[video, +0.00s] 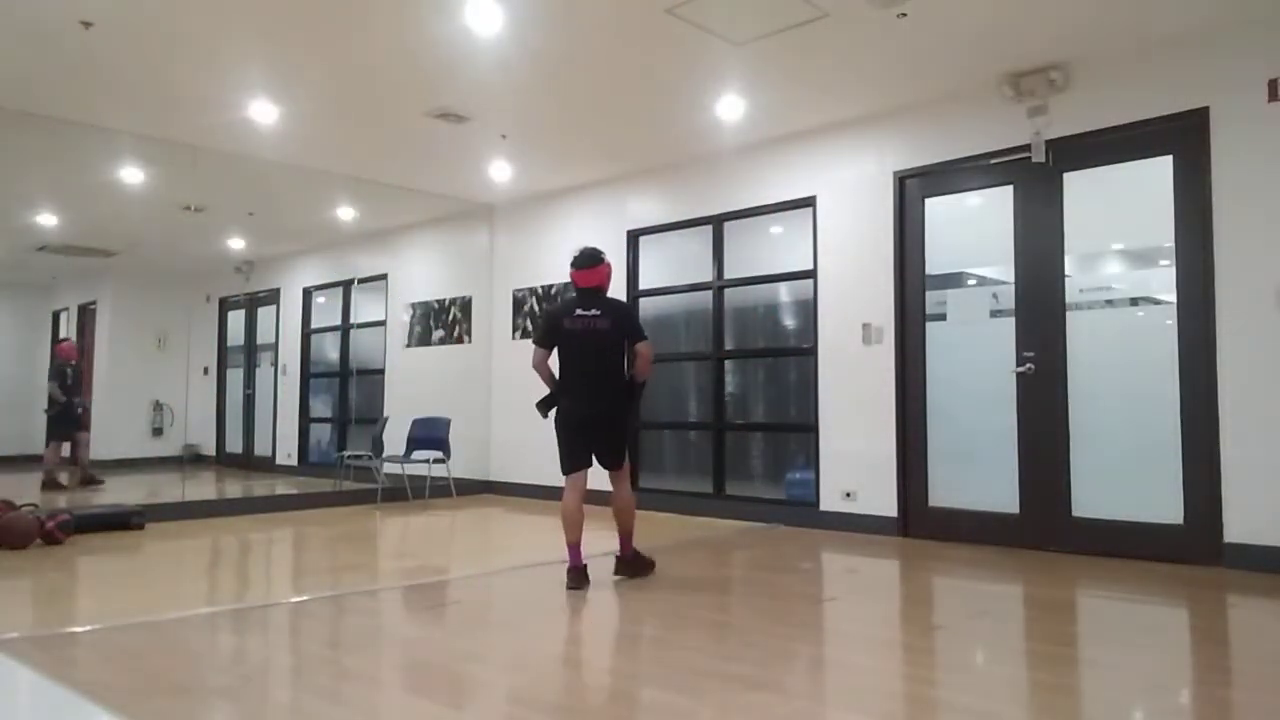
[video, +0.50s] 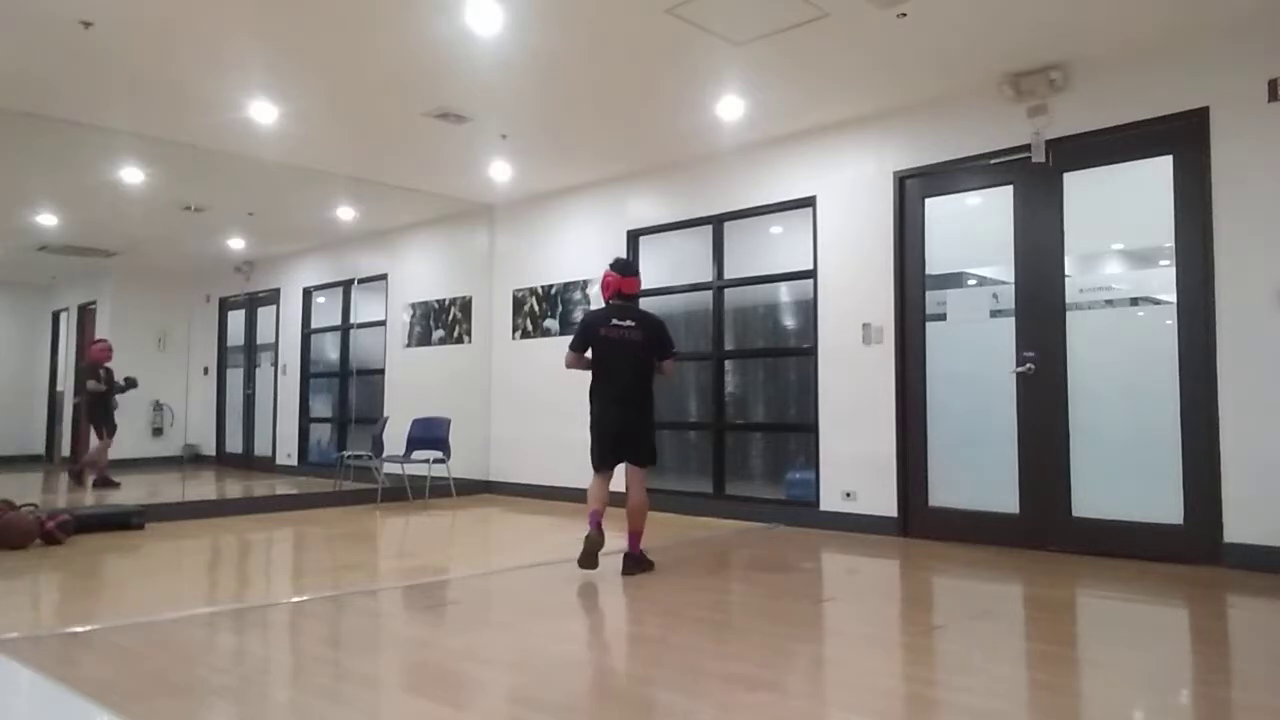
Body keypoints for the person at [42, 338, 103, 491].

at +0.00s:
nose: (74, 353)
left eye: (74, 350)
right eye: (71, 350)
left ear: (74, 352)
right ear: (63, 352)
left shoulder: (76, 369)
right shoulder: (57, 368)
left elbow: (76, 389)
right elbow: (52, 387)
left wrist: (80, 402)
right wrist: (65, 400)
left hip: (72, 411)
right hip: (57, 411)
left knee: (83, 438)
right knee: (55, 444)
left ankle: (84, 474)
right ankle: (49, 477)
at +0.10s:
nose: (83, 355)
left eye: (82, 352)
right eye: (80, 352)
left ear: (72, 353)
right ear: (72, 353)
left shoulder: (78, 371)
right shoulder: (62, 370)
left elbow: (78, 392)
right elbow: (59, 390)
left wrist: (87, 403)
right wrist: (72, 402)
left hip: (77, 413)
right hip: (63, 414)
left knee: (86, 442)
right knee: (59, 444)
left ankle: (98, 473)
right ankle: (49, 477)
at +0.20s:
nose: (89, 356)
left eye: (88, 353)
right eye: (86, 353)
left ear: (81, 355)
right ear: (79, 355)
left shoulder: (85, 371)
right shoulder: (71, 370)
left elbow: (85, 390)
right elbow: (68, 390)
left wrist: (94, 401)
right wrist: (81, 403)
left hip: (86, 410)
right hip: (74, 411)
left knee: (97, 440)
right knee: (67, 444)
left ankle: (101, 476)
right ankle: (49, 477)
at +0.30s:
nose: (98, 355)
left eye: (98, 352)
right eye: (95, 352)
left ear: (90, 355)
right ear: (87, 354)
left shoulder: (93, 371)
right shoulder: (78, 371)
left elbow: (94, 393)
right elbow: (77, 392)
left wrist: (106, 400)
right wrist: (94, 402)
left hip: (94, 409)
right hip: (82, 410)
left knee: (103, 439)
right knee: (78, 444)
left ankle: (101, 475)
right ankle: (53, 473)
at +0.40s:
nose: (103, 354)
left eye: (104, 351)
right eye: (99, 351)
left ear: (105, 353)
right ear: (90, 353)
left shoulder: (101, 372)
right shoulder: (84, 369)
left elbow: (102, 390)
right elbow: (81, 387)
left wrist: (112, 396)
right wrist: (100, 396)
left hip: (100, 410)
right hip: (86, 410)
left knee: (103, 442)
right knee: (92, 443)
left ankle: (101, 475)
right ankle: (65, 469)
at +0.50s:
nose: (107, 354)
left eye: (109, 350)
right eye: (103, 350)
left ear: (111, 352)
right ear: (94, 353)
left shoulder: (108, 371)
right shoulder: (88, 369)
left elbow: (112, 388)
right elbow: (90, 386)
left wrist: (125, 386)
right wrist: (109, 388)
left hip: (106, 408)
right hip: (94, 408)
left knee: (107, 441)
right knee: (104, 441)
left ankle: (102, 475)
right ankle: (79, 468)